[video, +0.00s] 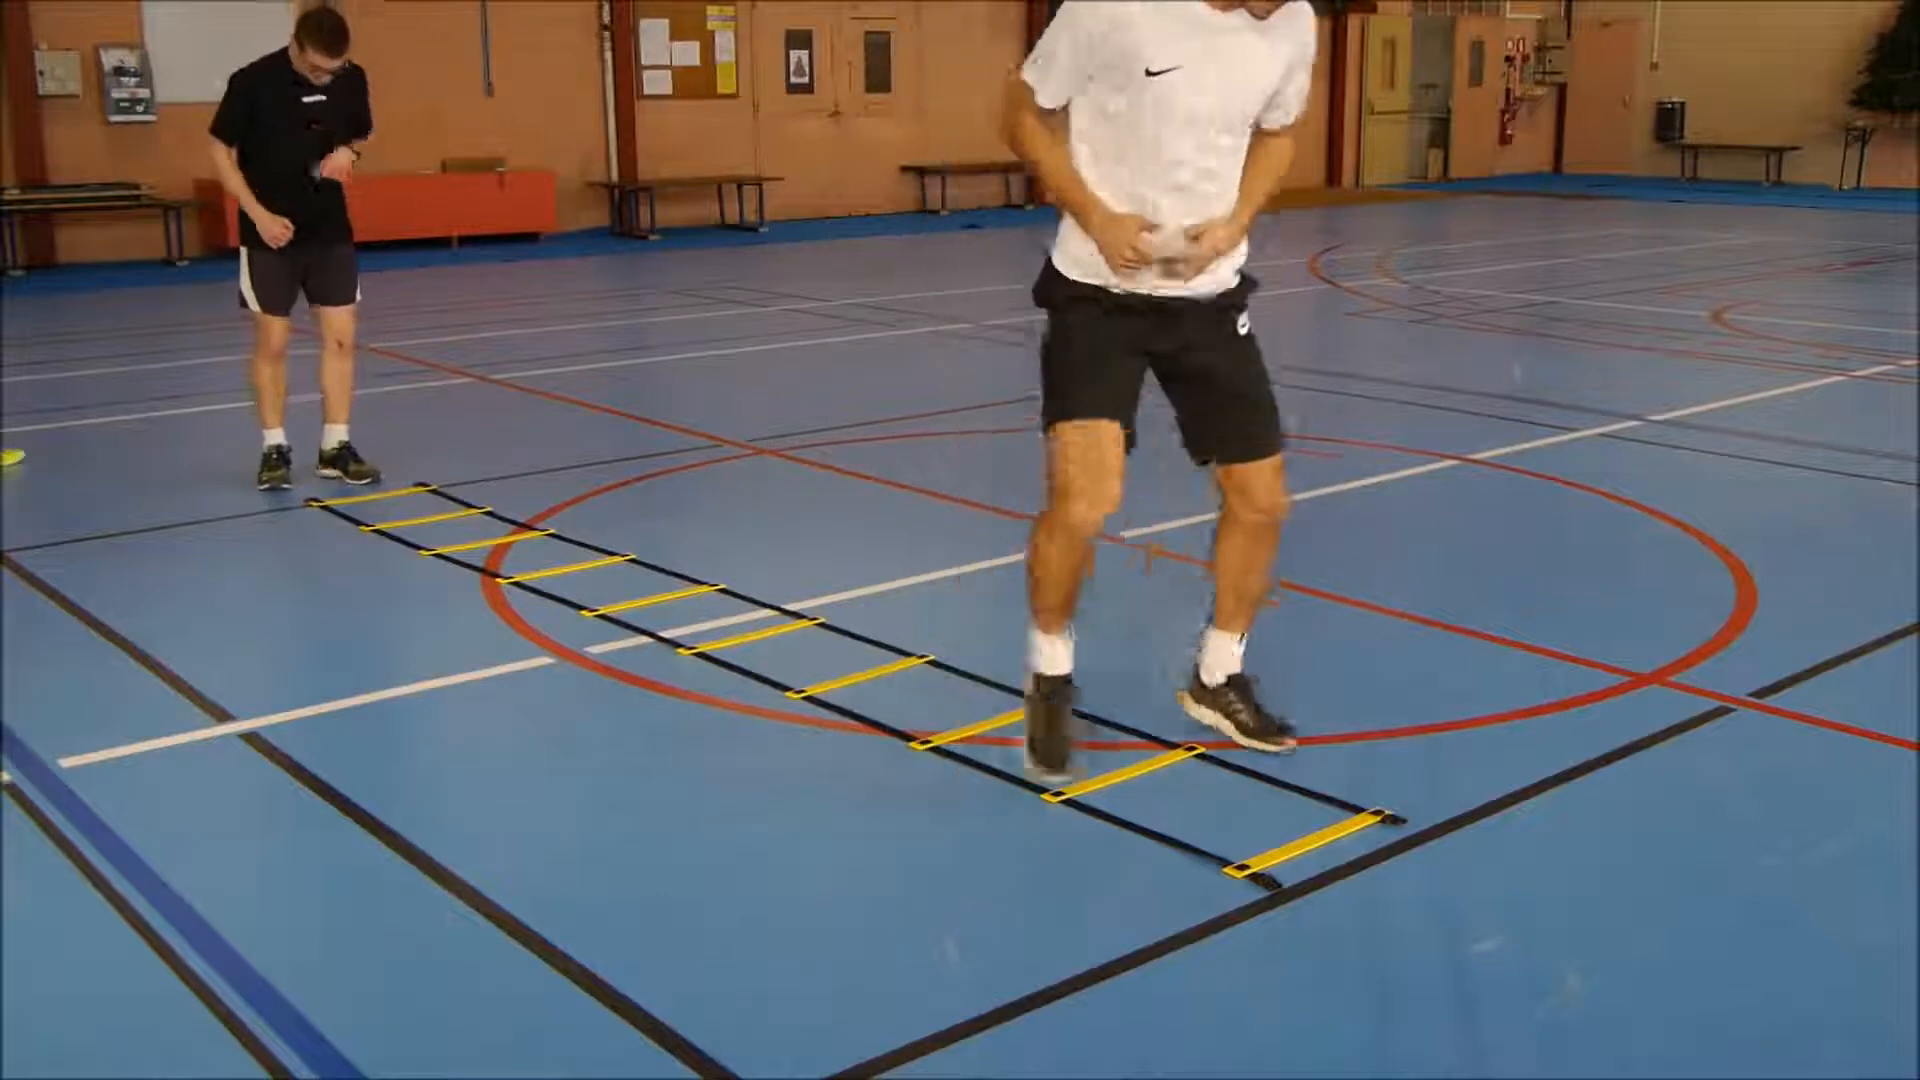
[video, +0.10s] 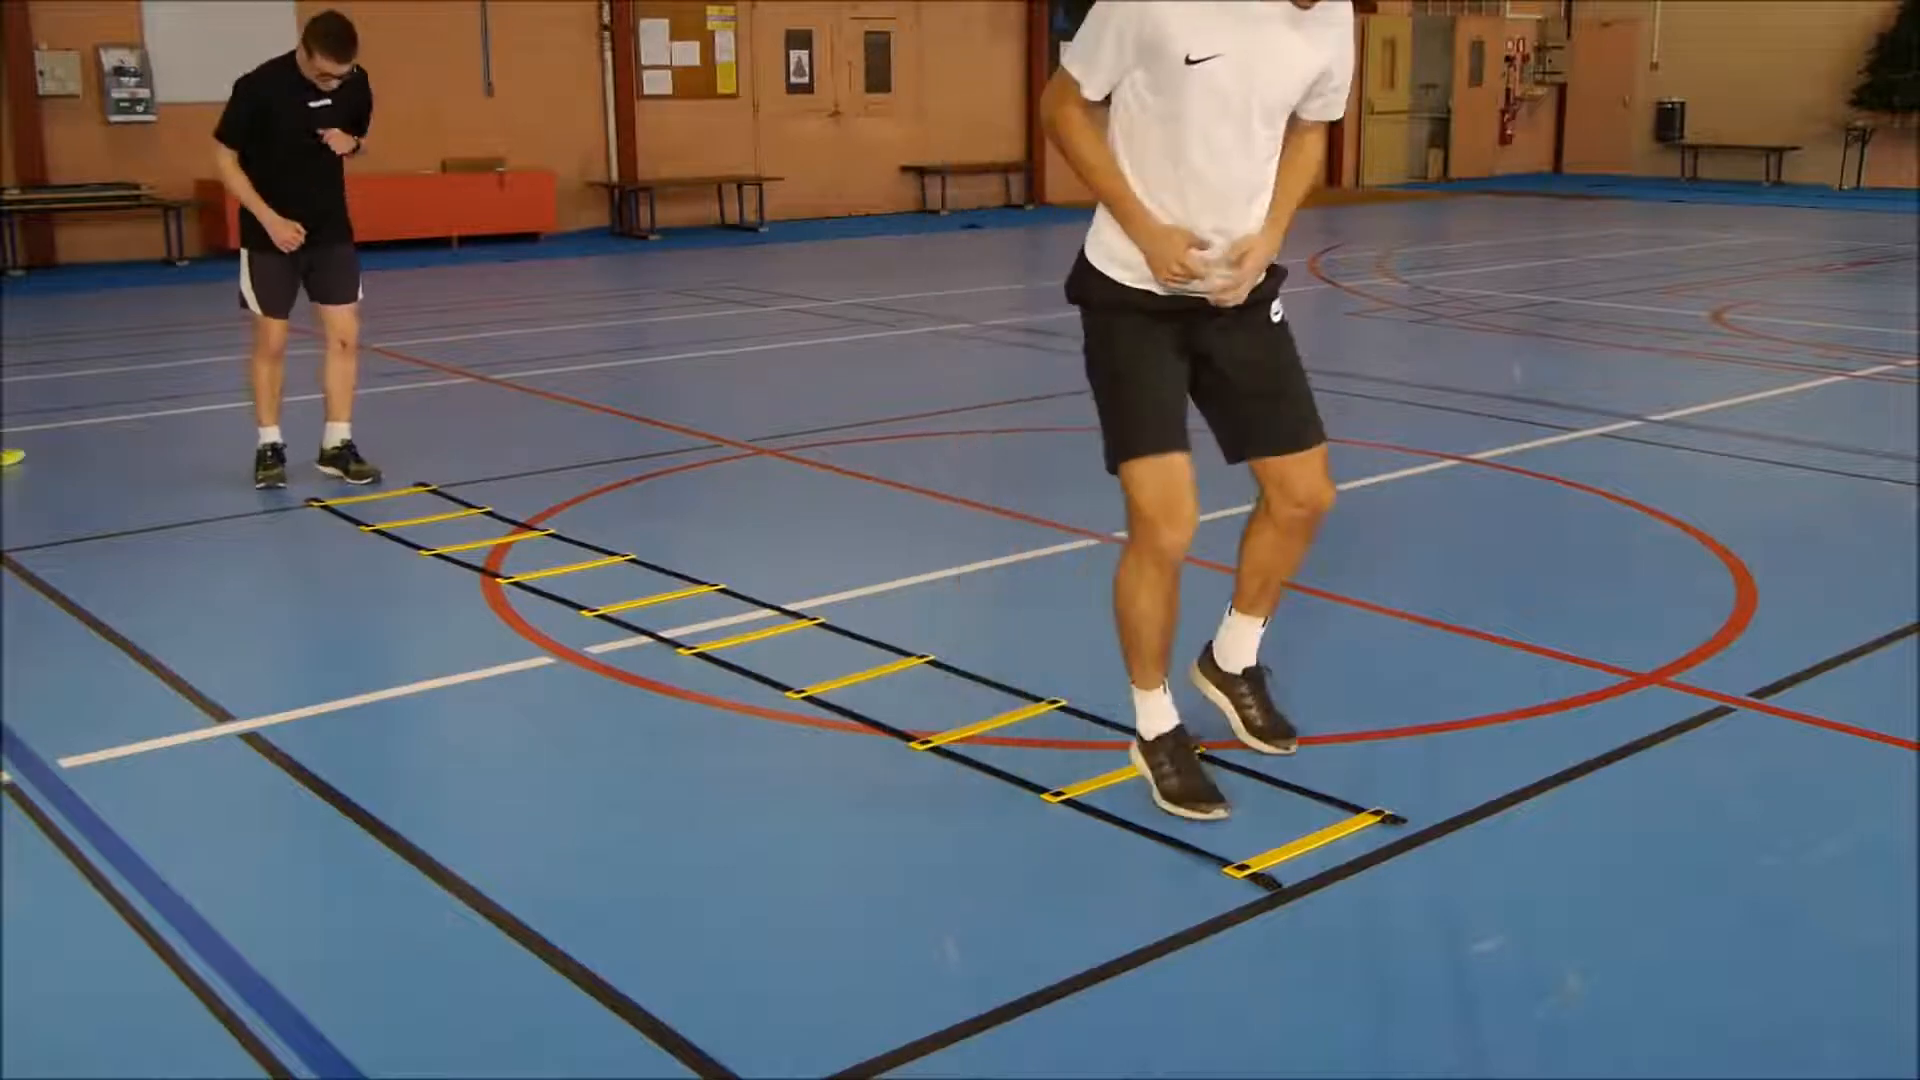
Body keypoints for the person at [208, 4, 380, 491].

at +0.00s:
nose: (325, 75)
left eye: (333, 67)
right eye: (317, 67)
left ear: (343, 53)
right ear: (295, 46)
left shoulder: (351, 80)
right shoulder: (251, 83)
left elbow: (360, 133)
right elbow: (220, 149)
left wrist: (346, 151)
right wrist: (258, 214)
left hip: (330, 228)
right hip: (270, 231)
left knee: (341, 338)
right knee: (274, 342)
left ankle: (336, 447)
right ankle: (274, 448)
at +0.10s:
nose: (332, 81)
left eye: (340, 73)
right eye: (324, 73)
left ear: (352, 59)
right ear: (302, 51)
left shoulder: (355, 86)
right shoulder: (257, 88)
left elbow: (359, 140)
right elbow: (224, 160)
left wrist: (352, 143)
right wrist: (269, 219)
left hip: (331, 229)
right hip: (269, 233)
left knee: (344, 337)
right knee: (272, 341)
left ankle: (337, 445)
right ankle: (270, 446)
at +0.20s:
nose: (336, 84)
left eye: (343, 77)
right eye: (327, 76)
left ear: (353, 63)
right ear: (304, 54)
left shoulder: (353, 87)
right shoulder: (264, 92)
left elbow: (352, 138)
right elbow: (231, 168)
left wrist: (353, 154)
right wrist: (292, 224)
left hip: (333, 228)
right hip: (271, 237)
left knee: (354, 335)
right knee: (270, 344)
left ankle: (337, 441)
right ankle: (270, 447)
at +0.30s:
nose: (344, 83)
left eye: (352, 75)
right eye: (336, 74)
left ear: (362, 60)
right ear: (313, 52)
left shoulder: (361, 87)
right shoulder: (272, 90)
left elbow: (360, 140)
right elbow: (239, 167)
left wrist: (362, 160)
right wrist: (307, 207)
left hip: (340, 232)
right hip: (280, 238)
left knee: (349, 345)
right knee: (285, 344)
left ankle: (327, 444)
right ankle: (272, 445)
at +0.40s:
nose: (351, 82)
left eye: (359, 74)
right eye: (343, 72)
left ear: (369, 59)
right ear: (321, 52)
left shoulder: (373, 89)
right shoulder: (277, 89)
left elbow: (379, 146)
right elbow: (235, 159)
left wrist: (372, 164)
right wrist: (298, 198)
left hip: (346, 234)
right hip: (288, 238)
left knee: (350, 344)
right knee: (317, 338)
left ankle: (325, 445)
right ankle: (285, 430)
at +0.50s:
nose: (368, 77)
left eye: (376, 68)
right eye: (360, 68)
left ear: (385, 55)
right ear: (336, 48)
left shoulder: (387, 83)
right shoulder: (286, 81)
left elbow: (390, 140)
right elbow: (242, 141)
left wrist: (381, 148)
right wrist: (292, 197)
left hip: (357, 222)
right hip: (301, 225)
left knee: (364, 340)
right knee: (337, 326)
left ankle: (335, 432)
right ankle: (346, 442)